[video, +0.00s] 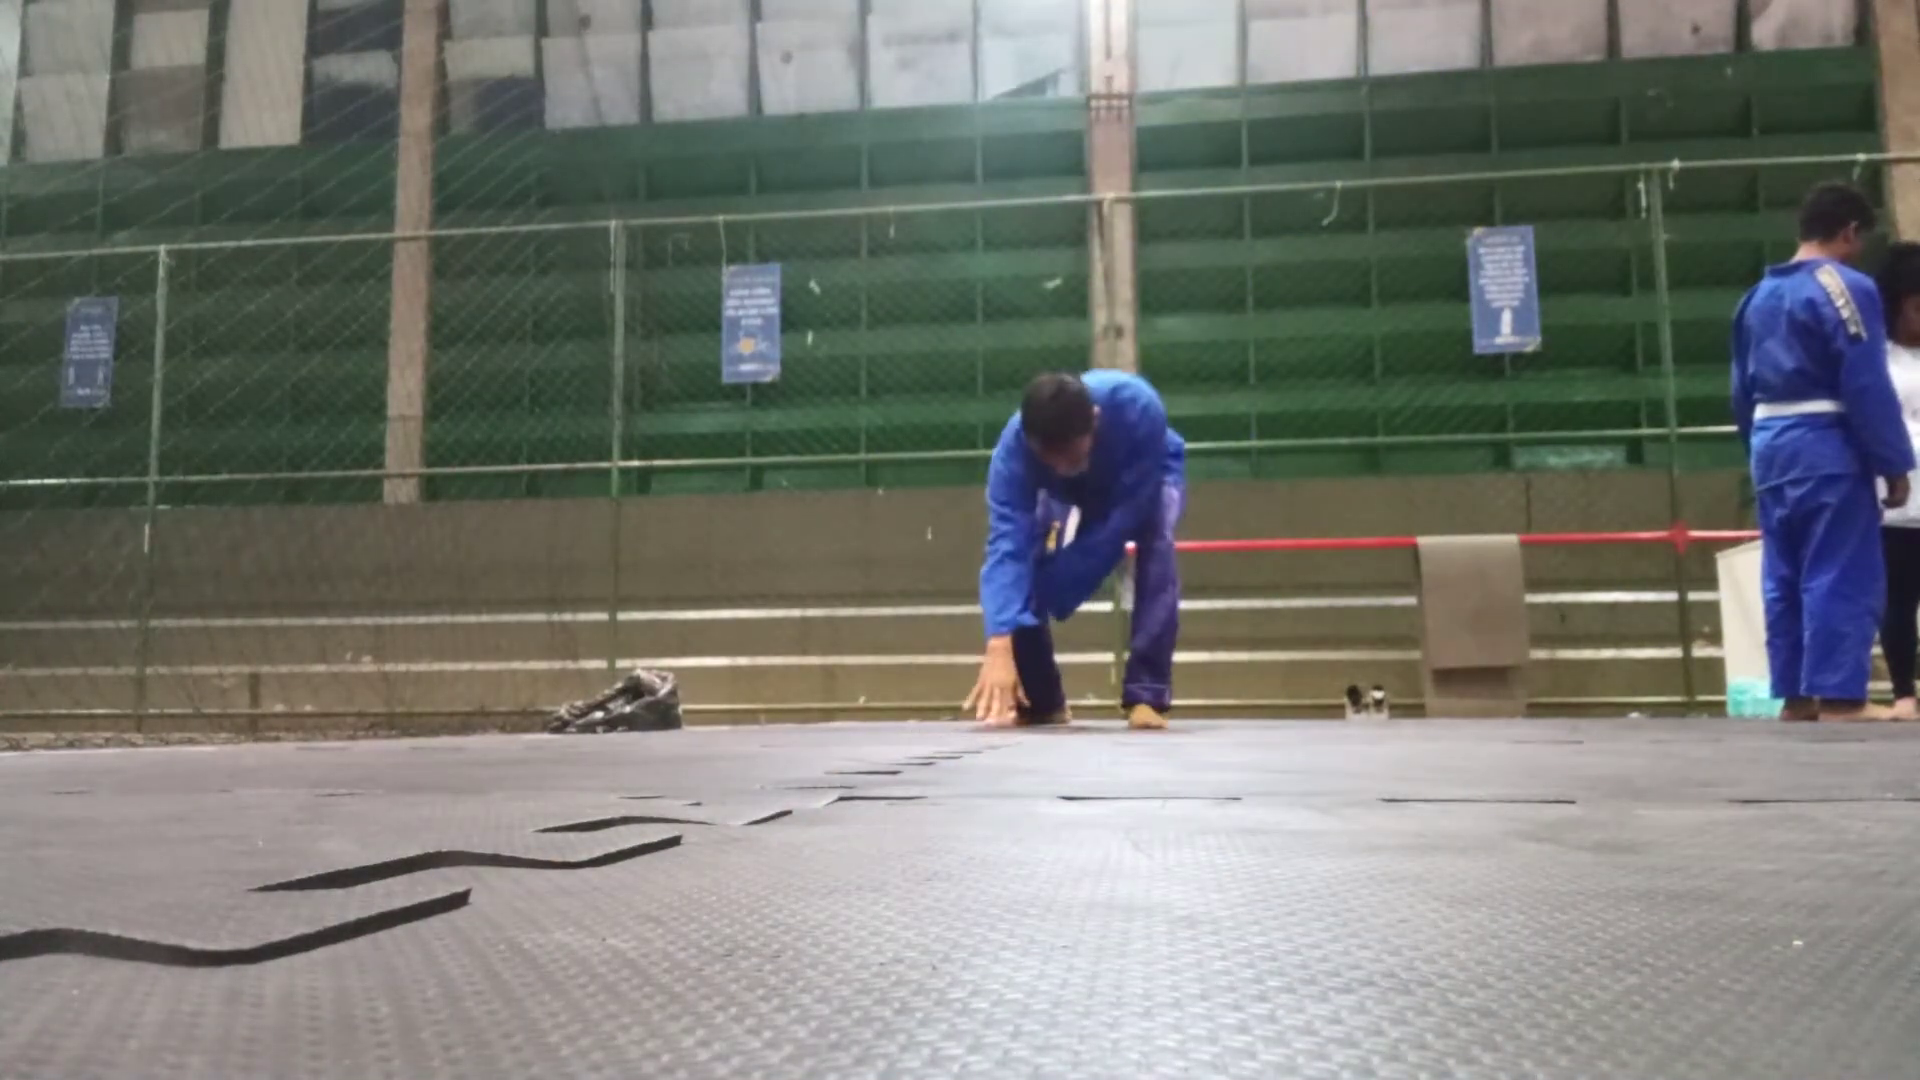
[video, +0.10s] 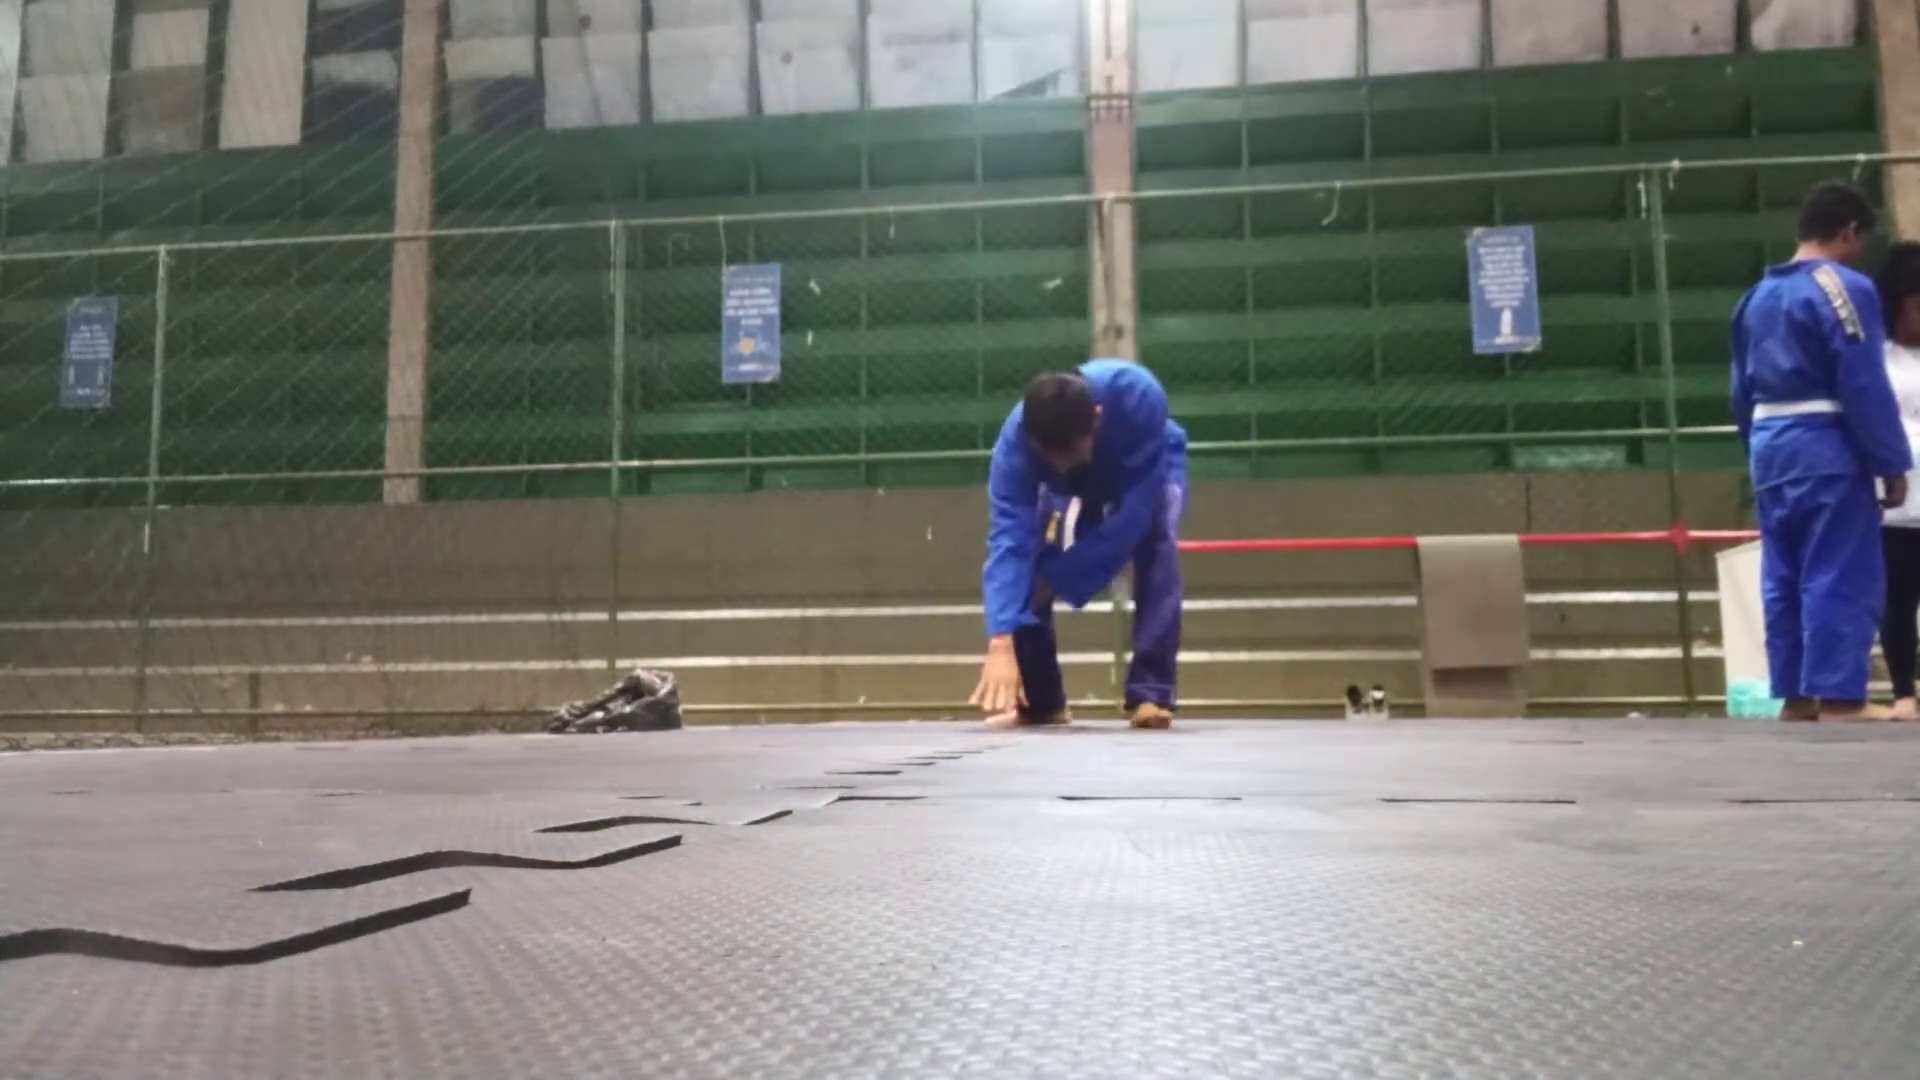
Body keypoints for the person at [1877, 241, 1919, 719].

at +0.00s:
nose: (1918, 315)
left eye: (1919, 305)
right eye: (1912, 305)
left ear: (1910, 309)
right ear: (1893, 307)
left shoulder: (1890, 359)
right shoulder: (1878, 359)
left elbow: (1871, 419)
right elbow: (1867, 419)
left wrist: (1885, 465)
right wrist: (1883, 467)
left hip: (1913, 504)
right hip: (1896, 505)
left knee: (1905, 607)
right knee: (1899, 606)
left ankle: (1907, 690)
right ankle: (1903, 691)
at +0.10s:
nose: (1918, 313)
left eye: (1918, 302)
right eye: (1912, 301)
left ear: (1908, 306)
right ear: (1895, 304)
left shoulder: (1886, 359)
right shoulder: (1877, 359)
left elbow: (1870, 420)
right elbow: (1867, 419)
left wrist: (1882, 464)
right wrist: (1882, 466)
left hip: (1912, 504)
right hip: (1896, 505)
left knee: (1905, 607)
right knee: (1899, 606)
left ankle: (1907, 690)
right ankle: (1903, 691)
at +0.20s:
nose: (1917, 313)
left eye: (1918, 303)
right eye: (1912, 302)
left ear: (1908, 306)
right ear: (1893, 304)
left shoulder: (1889, 357)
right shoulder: (1877, 356)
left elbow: (1871, 418)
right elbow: (1867, 416)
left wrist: (1881, 464)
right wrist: (1881, 465)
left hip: (1912, 500)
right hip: (1896, 502)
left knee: (1905, 606)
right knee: (1899, 606)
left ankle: (1907, 691)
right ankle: (1903, 691)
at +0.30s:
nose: (1917, 314)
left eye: (1917, 303)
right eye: (1911, 303)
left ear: (1906, 307)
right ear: (1892, 304)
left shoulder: (1890, 356)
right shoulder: (1875, 353)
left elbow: (1869, 414)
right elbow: (1865, 412)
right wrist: (1880, 465)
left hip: (1911, 499)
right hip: (1896, 500)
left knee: (1906, 605)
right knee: (1899, 605)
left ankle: (1908, 690)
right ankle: (1903, 691)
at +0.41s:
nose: (1917, 315)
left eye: (1919, 305)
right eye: (1911, 304)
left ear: (1915, 309)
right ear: (1891, 305)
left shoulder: (1892, 356)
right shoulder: (1874, 352)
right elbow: (1856, 408)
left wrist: (1887, 400)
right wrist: (1887, 401)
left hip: (1913, 498)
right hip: (1896, 498)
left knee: (1906, 604)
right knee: (1899, 604)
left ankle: (1908, 690)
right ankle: (1904, 691)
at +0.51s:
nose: (1918, 315)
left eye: (1919, 305)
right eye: (1912, 304)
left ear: (1912, 308)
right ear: (1892, 303)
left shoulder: (1892, 354)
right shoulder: (1873, 349)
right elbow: (1854, 405)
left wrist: (1891, 400)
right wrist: (1891, 400)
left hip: (1913, 497)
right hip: (1895, 497)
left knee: (1907, 603)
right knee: (1899, 603)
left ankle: (1908, 690)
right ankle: (1904, 691)